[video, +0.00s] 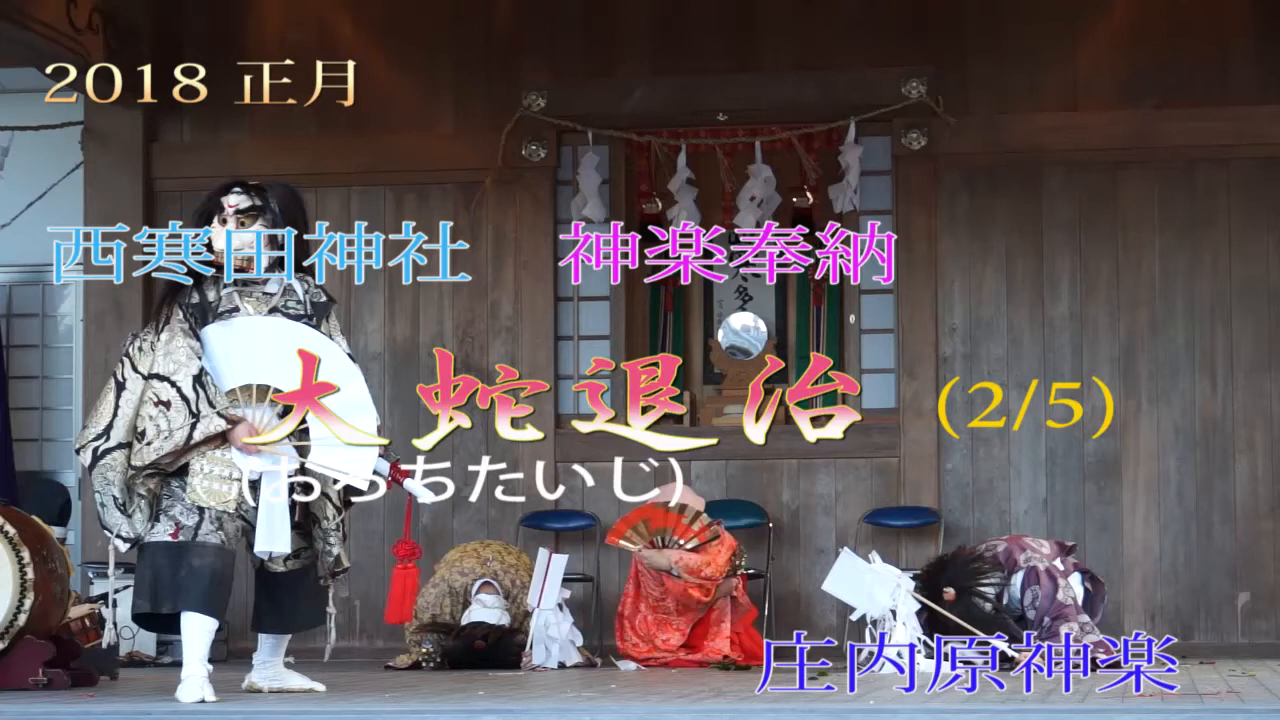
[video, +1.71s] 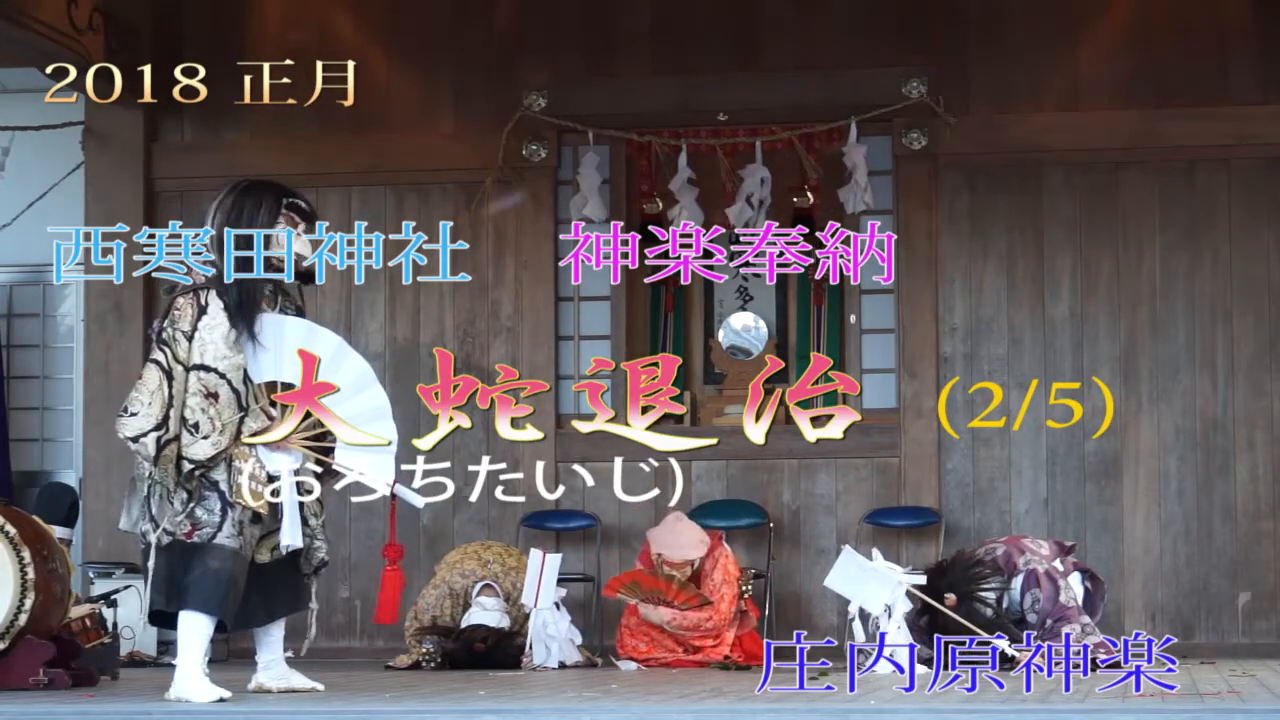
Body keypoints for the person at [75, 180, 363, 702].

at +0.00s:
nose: (228, 230)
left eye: (242, 219)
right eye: (220, 220)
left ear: (272, 230)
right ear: (209, 234)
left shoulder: (309, 303)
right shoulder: (192, 304)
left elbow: (337, 388)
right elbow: (163, 394)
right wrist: (225, 427)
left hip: (288, 453)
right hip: (213, 450)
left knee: (288, 548)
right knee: (207, 547)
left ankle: (270, 665)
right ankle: (195, 672)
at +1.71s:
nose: (303, 239)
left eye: (303, 228)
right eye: (292, 226)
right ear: (256, 231)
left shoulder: (284, 304)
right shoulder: (206, 306)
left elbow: (301, 385)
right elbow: (200, 409)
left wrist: (309, 437)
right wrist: (257, 450)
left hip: (269, 457)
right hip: (215, 457)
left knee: (275, 550)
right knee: (215, 552)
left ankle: (272, 664)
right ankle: (189, 673)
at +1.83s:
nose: (309, 244)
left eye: (309, 232)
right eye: (300, 230)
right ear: (266, 233)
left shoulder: (283, 306)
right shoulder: (208, 307)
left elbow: (297, 389)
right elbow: (200, 412)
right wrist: (258, 452)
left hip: (268, 455)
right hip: (217, 457)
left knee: (276, 548)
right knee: (216, 549)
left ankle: (273, 664)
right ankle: (189, 673)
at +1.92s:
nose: (311, 246)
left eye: (310, 233)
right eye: (303, 232)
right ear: (267, 234)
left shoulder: (280, 307)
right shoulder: (210, 306)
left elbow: (295, 389)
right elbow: (205, 409)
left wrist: (309, 438)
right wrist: (263, 446)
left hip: (266, 454)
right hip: (215, 456)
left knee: (277, 547)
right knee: (217, 548)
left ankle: (272, 664)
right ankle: (189, 673)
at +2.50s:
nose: (305, 250)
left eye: (304, 237)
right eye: (297, 235)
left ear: (235, 236)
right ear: (263, 239)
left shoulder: (268, 314)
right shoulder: (212, 312)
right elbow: (205, 418)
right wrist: (260, 454)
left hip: (263, 458)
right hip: (217, 460)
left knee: (273, 549)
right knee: (217, 551)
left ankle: (272, 664)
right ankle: (189, 672)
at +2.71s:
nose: (303, 250)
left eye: (302, 237)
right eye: (295, 236)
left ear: (239, 237)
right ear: (260, 239)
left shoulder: (264, 308)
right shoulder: (218, 307)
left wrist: (301, 436)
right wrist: (265, 448)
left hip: (262, 457)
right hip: (222, 461)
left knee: (272, 552)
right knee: (219, 552)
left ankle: (272, 664)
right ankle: (190, 674)